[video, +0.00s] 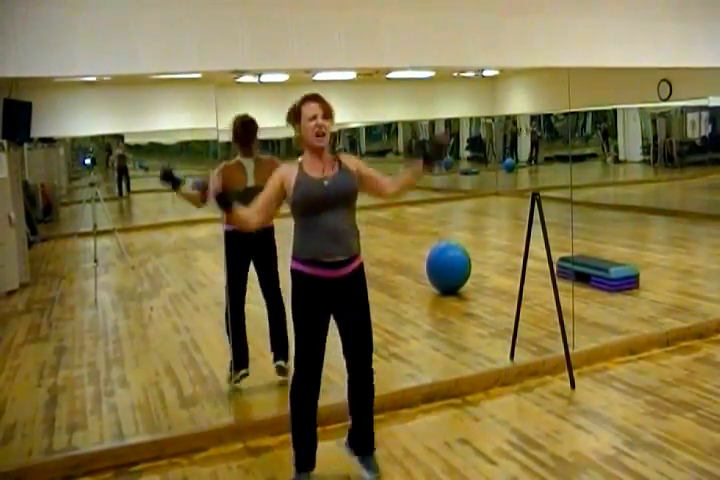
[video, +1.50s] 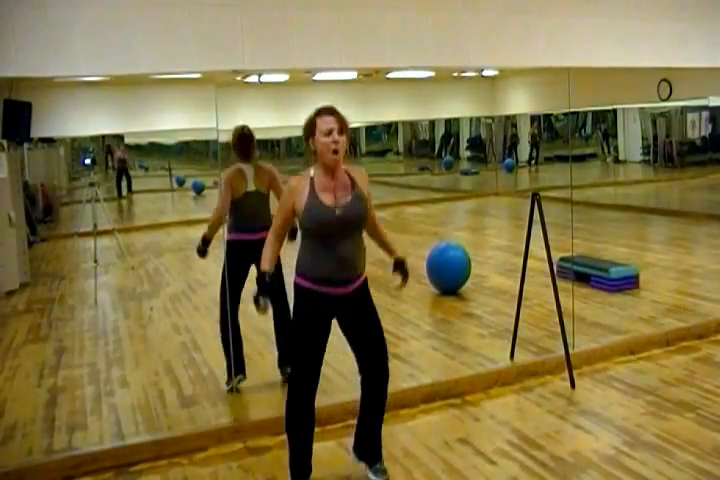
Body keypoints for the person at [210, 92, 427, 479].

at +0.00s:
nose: (320, 124)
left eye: (324, 117)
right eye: (311, 119)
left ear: (332, 124)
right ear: (298, 129)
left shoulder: (349, 164)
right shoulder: (287, 174)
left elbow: (387, 188)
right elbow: (253, 220)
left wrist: (415, 169)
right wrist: (223, 201)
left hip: (351, 274)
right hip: (309, 278)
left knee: (361, 365)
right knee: (307, 371)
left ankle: (363, 446)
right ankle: (304, 464)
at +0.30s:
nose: (321, 164)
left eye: (325, 158)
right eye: (313, 159)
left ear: (332, 165)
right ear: (302, 168)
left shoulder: (346, 194)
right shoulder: (292, 205)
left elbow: (377, 151)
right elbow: (250, 168)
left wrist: (365, 102)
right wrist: (268, 121)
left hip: (354, 318)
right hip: (310, 324)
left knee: (388, 385)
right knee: (287, 407)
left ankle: (401, 452)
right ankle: (266, 475)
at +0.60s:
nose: (322, 142)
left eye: (326, 136)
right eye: (314, 138)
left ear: (334, 142)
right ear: (301, 147)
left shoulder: (350, 184)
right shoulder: (288, 195)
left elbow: (385, 219)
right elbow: (262, 242)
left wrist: (430, 240)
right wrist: (242, 253)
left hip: (350, 296)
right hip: (308, 300)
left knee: (363, 381)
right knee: (309, 387)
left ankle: (363, 463)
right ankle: (306, 471)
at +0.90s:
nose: (326, 145)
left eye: (330, 139)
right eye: (317, 140)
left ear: (337, 145)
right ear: (304, 149)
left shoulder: (351, 189)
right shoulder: (290, 196)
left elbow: (367, 240)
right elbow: (274, 255)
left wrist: (389, 285)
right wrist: (276, 306)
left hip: (347, 300)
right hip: (304, 303)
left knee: (357, 384)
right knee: (305, 390)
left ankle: (362, 460)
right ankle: (304, 471)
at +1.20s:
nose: (331, 160)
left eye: (335, 153)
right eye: (322, 155)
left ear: (342, 161)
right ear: (308, 165)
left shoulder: (354, 202)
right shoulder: (295, 213)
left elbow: (365, 260)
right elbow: (281, 274)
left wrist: (376, 311)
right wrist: (279, 321)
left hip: (347, 308)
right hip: (304, 313)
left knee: (364, 387)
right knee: (308, 395)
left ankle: (361, 460)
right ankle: (305, 474)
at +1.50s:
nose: (335, 140)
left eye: (340, 133)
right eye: (327, 134)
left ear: (347, 138)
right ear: (312, 142)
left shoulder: (357, 179)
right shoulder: (298, 187)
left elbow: (371, 225)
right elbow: (277, 234)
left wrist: (396, 255)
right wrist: (265, 275)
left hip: (354, 292)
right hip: (312, 294)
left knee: (376, 368)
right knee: (304, 384)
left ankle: (368, 449)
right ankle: (300, 472)